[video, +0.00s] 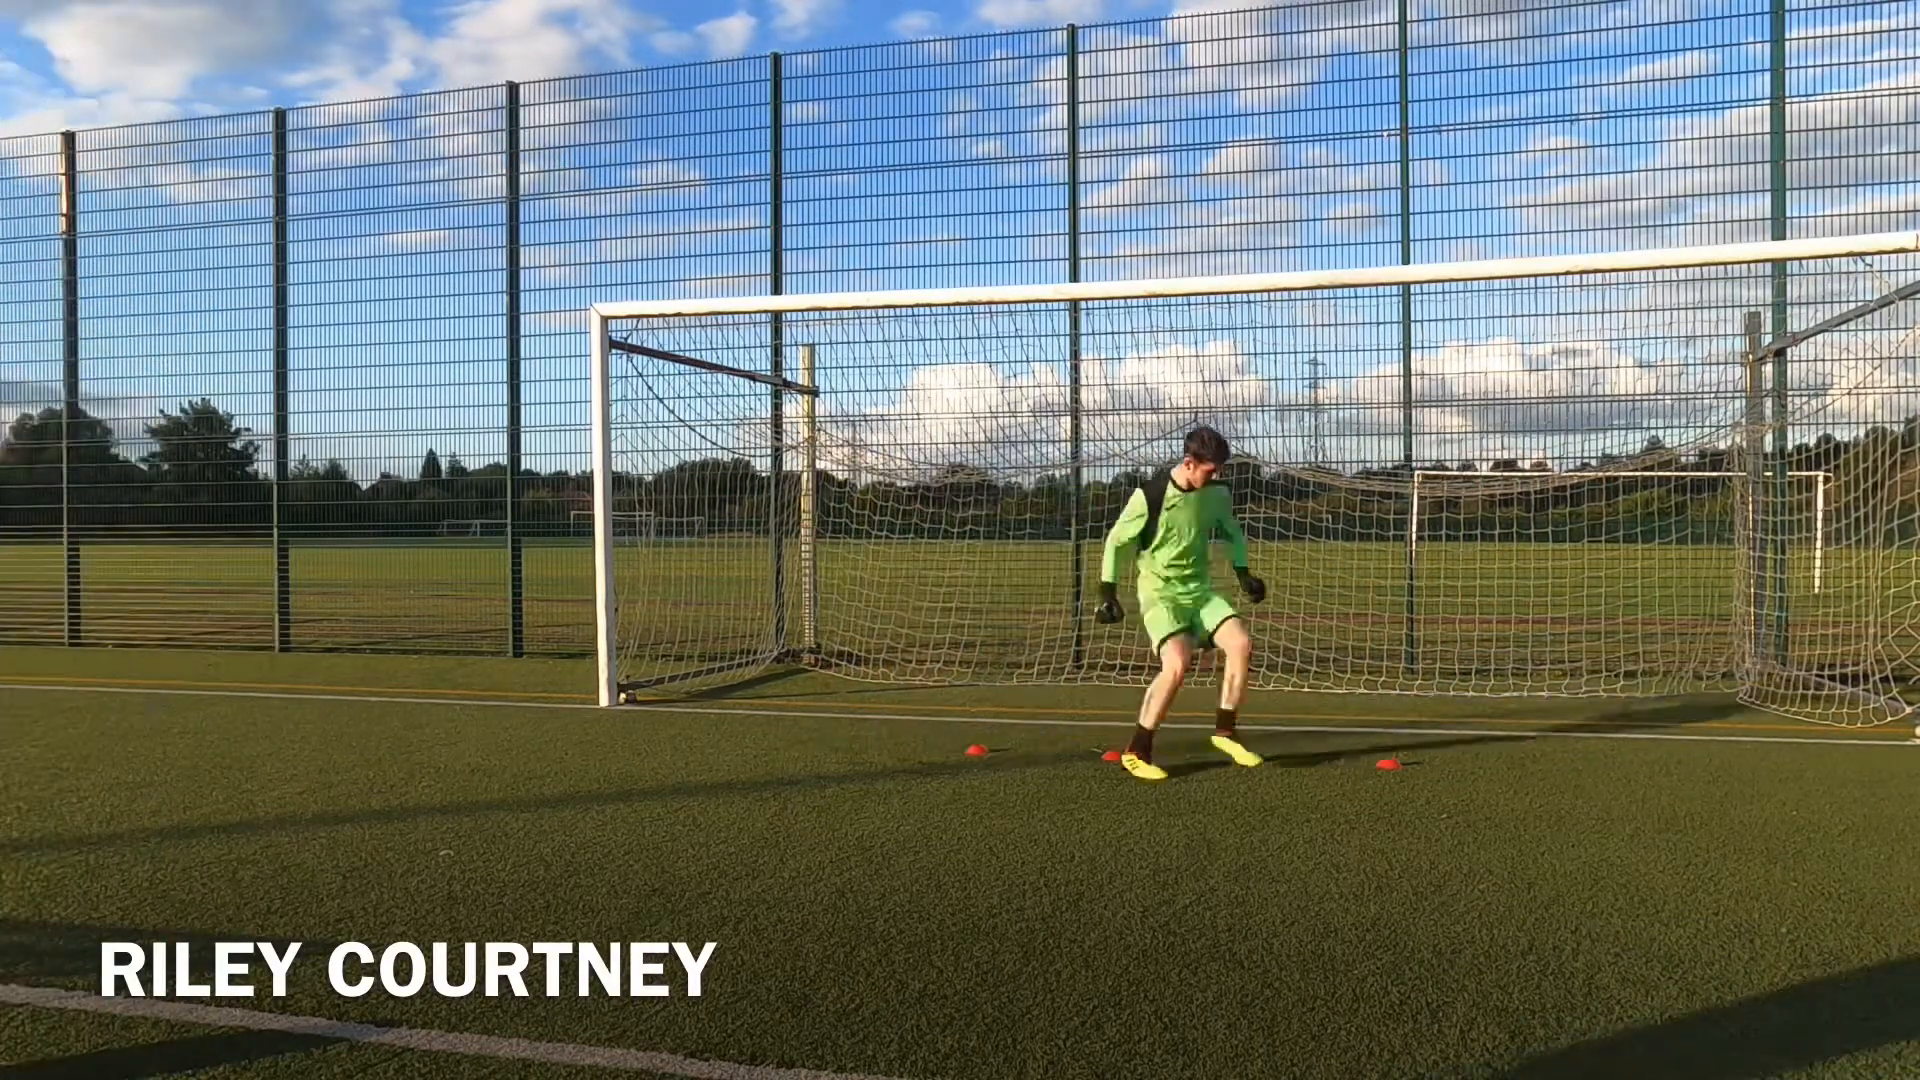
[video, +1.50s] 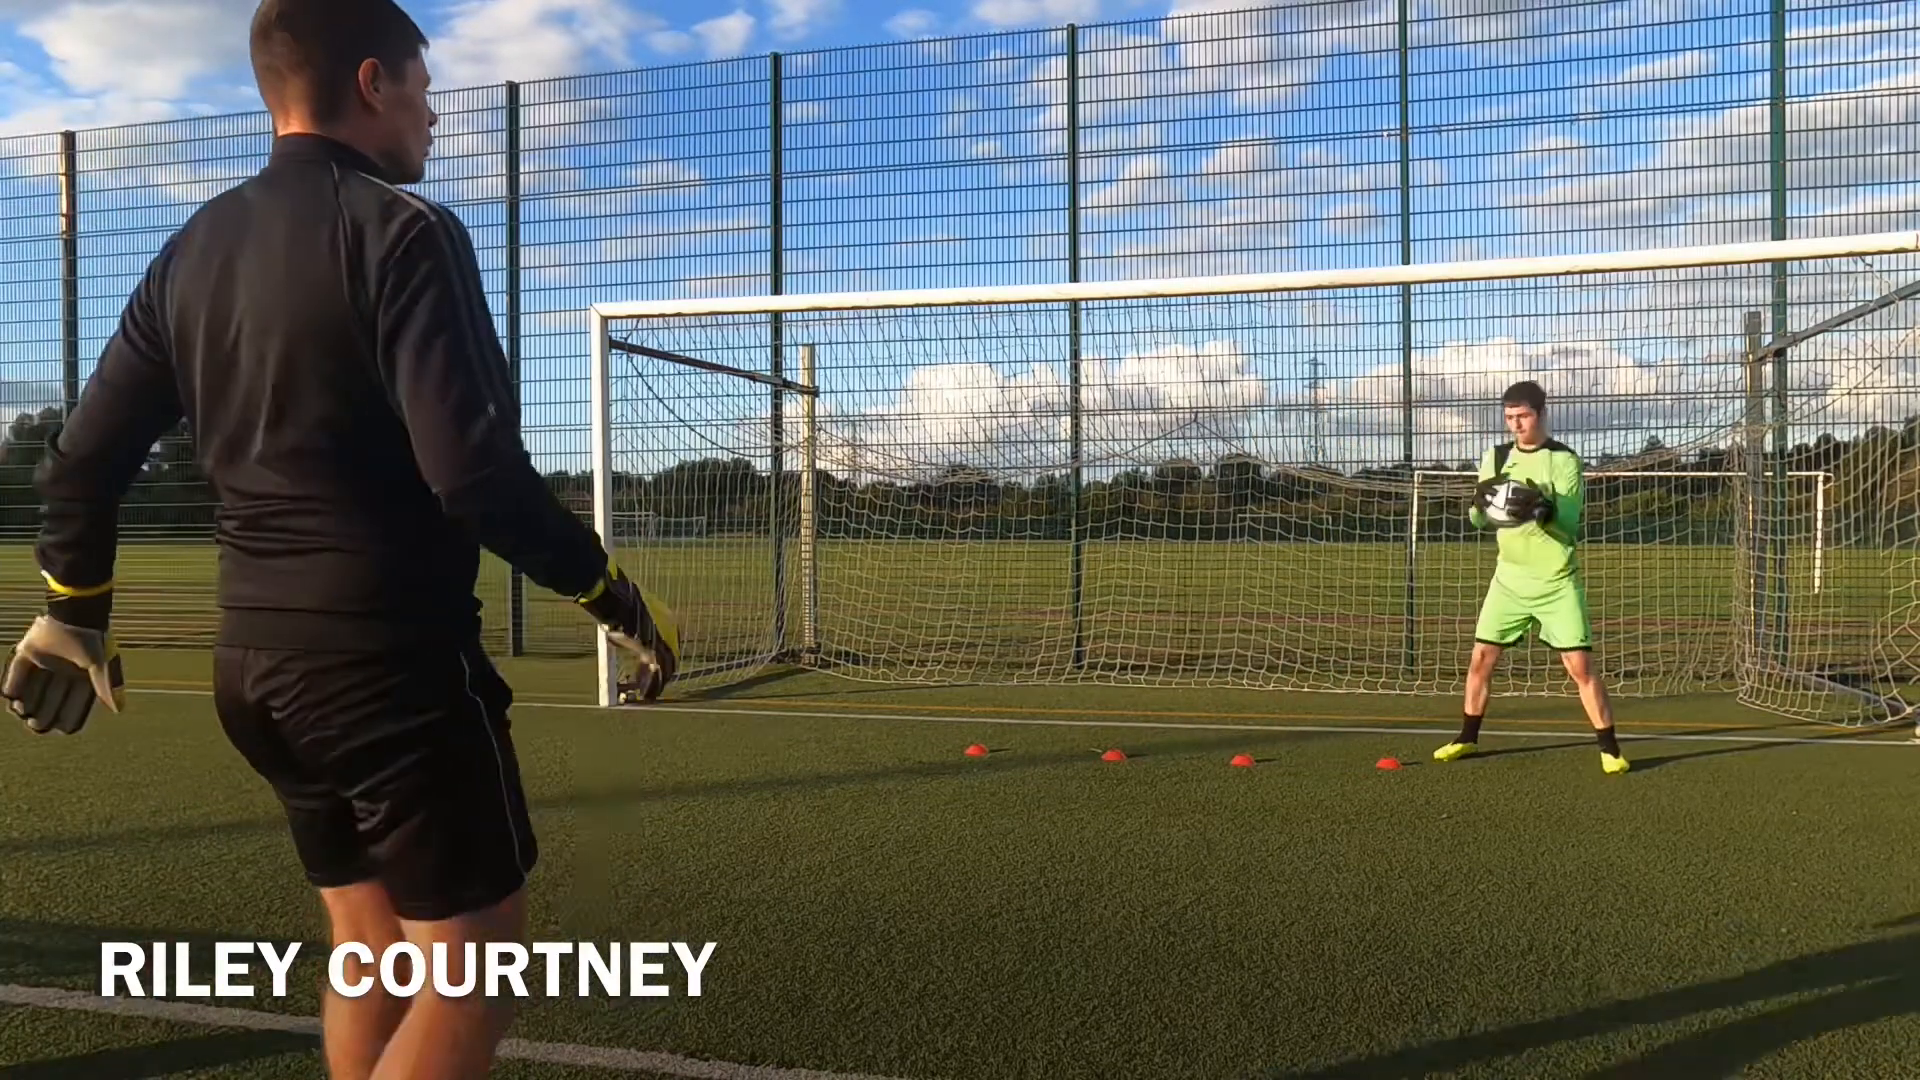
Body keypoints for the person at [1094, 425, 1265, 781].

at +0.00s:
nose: (1215, 476)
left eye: (1218, 469)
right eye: (1210, 469)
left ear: (1218, 465)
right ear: (1189, 462)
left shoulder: (1218, 495)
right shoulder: (1152, 495)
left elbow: (1233, 533)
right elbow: (1116, 539)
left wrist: (1243, 572)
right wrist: (1108, 593)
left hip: (1201, 591)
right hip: (1161, 594)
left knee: (1240, 643)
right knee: (1177, 663)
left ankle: (1225, 732)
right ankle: (1137, 751)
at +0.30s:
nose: (1288, 434)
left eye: (1296, 427)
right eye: (1282, 427)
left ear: (1308, 431)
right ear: (1272, 430)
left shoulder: (1325, 472)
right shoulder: (1253, 473)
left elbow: (1332, 516)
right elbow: (1246, 533)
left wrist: (1332, 546)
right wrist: (1274, 543)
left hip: (1314, 576)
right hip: (1268, 580)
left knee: (1332, 641)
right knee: (1274, 663)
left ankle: (1328, 725)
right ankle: (1272, 733)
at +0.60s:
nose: (1381, 416)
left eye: (1389, 409)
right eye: (1375, 409)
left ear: (1405, 411)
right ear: (1367, 414)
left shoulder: (1432, 456)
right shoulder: (1356, 458)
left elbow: (1458, 500)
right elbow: (1342, 508)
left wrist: (1447, 536)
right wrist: (1357, 543)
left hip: (1429, 568)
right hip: (1380, 568)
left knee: (1450, 651)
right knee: (1370, 650)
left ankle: (1454, 732)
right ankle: (1374, 704)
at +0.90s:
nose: (1467, 441)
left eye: (1475, 434)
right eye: (1461, 435)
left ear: (1491, 438)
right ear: (1455, 440)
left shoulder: (1518, 483)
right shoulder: (1447, 490)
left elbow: (1543, 535)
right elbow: (1447, 541)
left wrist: (1534, 557)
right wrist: (1444, 562)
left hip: (1528, 597)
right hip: (1479, 601)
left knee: (1568, 676)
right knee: (1462, 680)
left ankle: (1609, 749)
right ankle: (1464, 736)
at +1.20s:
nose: (1529, 411)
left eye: (1536, 403)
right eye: (1521, 404)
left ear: (1549, 410)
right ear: (1511, 411)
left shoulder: (1553, 459)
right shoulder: (1495, 452)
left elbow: (1565, 489)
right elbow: (1472, 458)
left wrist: (1565, 444)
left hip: (1544, 582)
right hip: (1493, 581)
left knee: (1578, 666)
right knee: (1478, 666)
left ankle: (1609, 748)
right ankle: (1462, 738)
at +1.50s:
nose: (1516, 423)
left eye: (1523, 415)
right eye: (1510, 417)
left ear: (1541, 414)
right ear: (1505, 420)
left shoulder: (1564, 461)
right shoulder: (1496, 458)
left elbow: (1572, 528)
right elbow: (1478, 521)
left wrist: (1543, 511)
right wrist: (1483, 504)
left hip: (1557, 583)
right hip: (1508, 581)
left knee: (1580, 666)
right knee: (1481, 657)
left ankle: (1609, 749)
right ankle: (1468, 738)